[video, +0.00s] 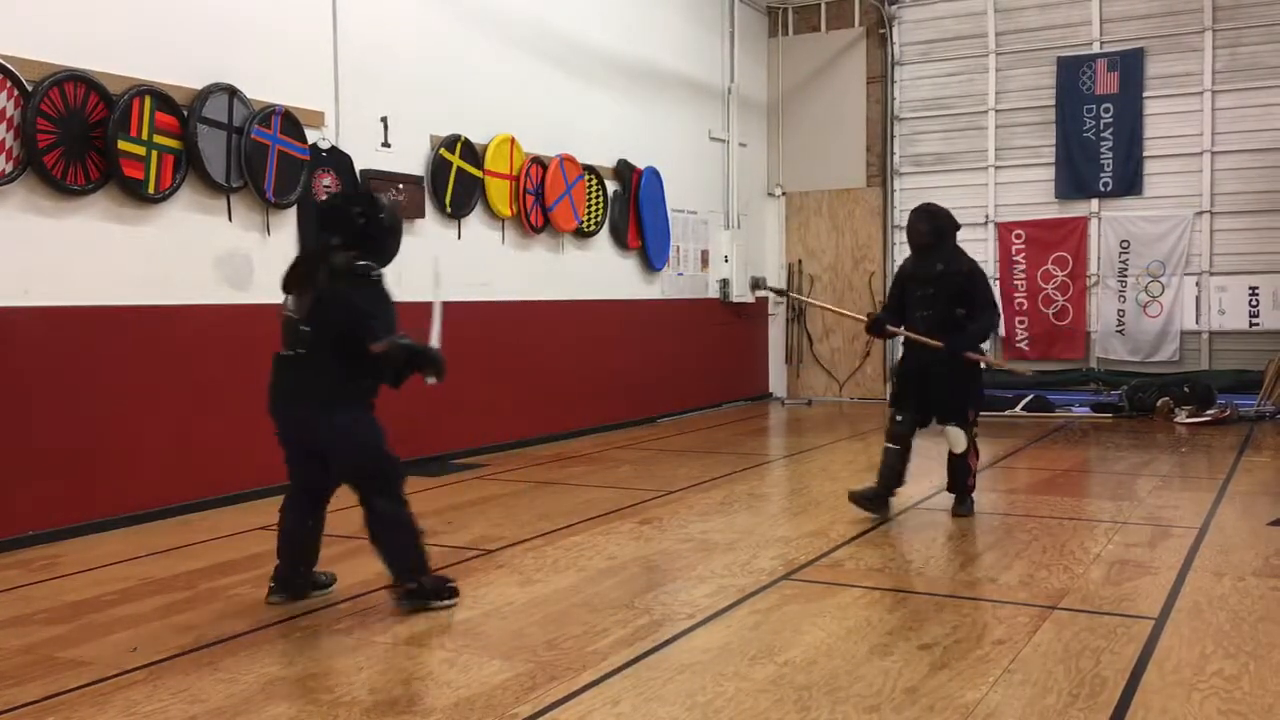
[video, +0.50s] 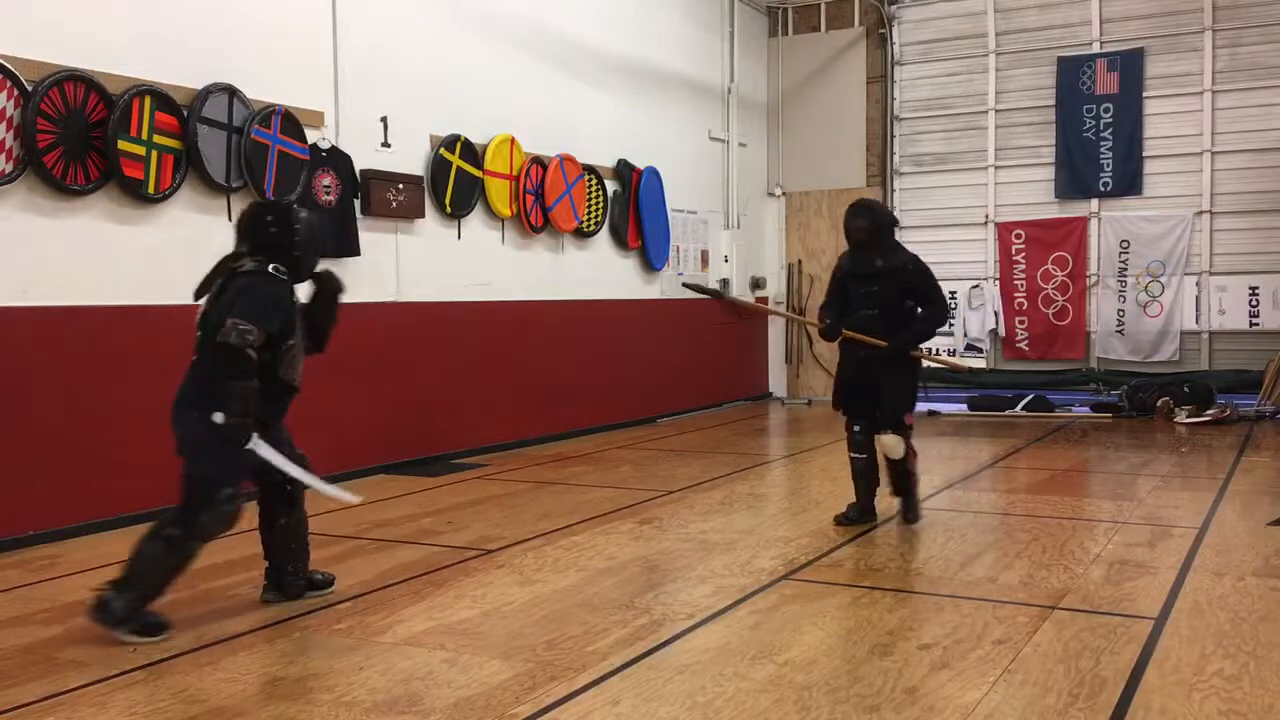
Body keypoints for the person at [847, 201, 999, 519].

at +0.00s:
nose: (912, 235)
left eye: (919, 229)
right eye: (911, 229)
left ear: (938, 231)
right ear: (910, 232)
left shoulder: (964, 269)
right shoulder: (909, 268)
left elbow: (989, 315)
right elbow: (895, 313)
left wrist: (965, 339)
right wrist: (881, 324)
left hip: (956, 362)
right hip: (916, 360)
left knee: (957, 431)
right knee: (899, 425)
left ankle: (963, 495)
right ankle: (882, 491)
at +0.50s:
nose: (854, 236)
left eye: (860, 229)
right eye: (850, 229)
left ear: (878, 228)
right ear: (847, 229)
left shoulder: (906, 264)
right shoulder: (847, 265)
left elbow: (938, 310)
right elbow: (831, 307)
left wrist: (908, 338)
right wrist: (829, 325)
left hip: (896, 362)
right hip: (856, 362)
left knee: (890, 437)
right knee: (857, 434)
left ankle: (907, 495)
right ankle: (864, 506)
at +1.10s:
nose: (825, 225)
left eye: (832, 217)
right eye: (824, 218)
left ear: (852, 220)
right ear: (823, 221)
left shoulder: (883, 264)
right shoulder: (818, 263)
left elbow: (920, 312)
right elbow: (793, 304)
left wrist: (925, 360)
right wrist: (767, 322)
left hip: (868, 364)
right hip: (823, 363)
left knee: (861, 444)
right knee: (809, 438)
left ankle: (861, 520)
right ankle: (831, 501)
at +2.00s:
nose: (809, 244)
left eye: (816, 237)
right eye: (803, 238)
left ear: (836, 237)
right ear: (796, 240)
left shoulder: (864, 278)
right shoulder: (793, 282)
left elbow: (915, 314)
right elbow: (769, 329)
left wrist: (936, 363)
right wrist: (743, 365)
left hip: (852, 389)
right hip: (801, 390)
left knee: (856, 470)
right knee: (786, 462)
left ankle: (857, 534)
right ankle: (780, 539)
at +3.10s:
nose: (773, 244)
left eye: (782, 236)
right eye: (765, 236)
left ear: (800, 239)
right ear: (754, 242)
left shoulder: (822, 286)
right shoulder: (745, 288)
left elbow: (861, 334)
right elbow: (728, 335)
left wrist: (885, 384)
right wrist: (716, 373)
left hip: (811, 404)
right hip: (756, 403)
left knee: (822, 496)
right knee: (745, 484)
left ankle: (806, 554)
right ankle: (740, 572)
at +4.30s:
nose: (765, 236)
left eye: (774, 226)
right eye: (755, 227)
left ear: (795, 226)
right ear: (744, 229)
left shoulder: (820, 270)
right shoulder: (735, 273)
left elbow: (867, 318)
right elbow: (723, 326)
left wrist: (864, 383)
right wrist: (731, 354)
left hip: (807, 397)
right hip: (754, 397)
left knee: (805, 495)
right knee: (771, 493)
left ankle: (787, 565)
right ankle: (762, 600)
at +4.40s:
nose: (767, 248)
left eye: (776, 239)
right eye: (758, 240)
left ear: (795, 240)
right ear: (746, 245)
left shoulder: (821, 283)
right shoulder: (741, 286)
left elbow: (846, 342)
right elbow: (730, 339)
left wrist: (805, 360)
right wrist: (757, 354)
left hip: (807, 403)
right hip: (758, 405)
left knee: (807, 491)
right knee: (787, 503)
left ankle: (784, 553)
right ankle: (767, 606)